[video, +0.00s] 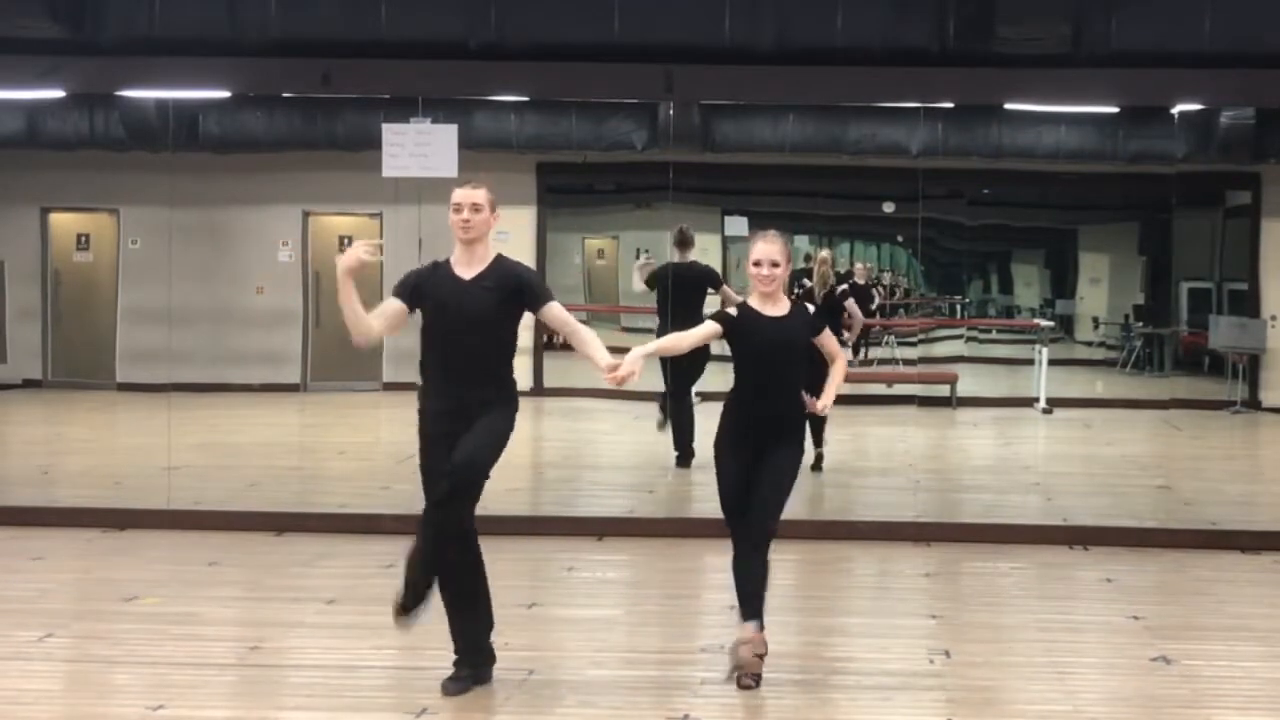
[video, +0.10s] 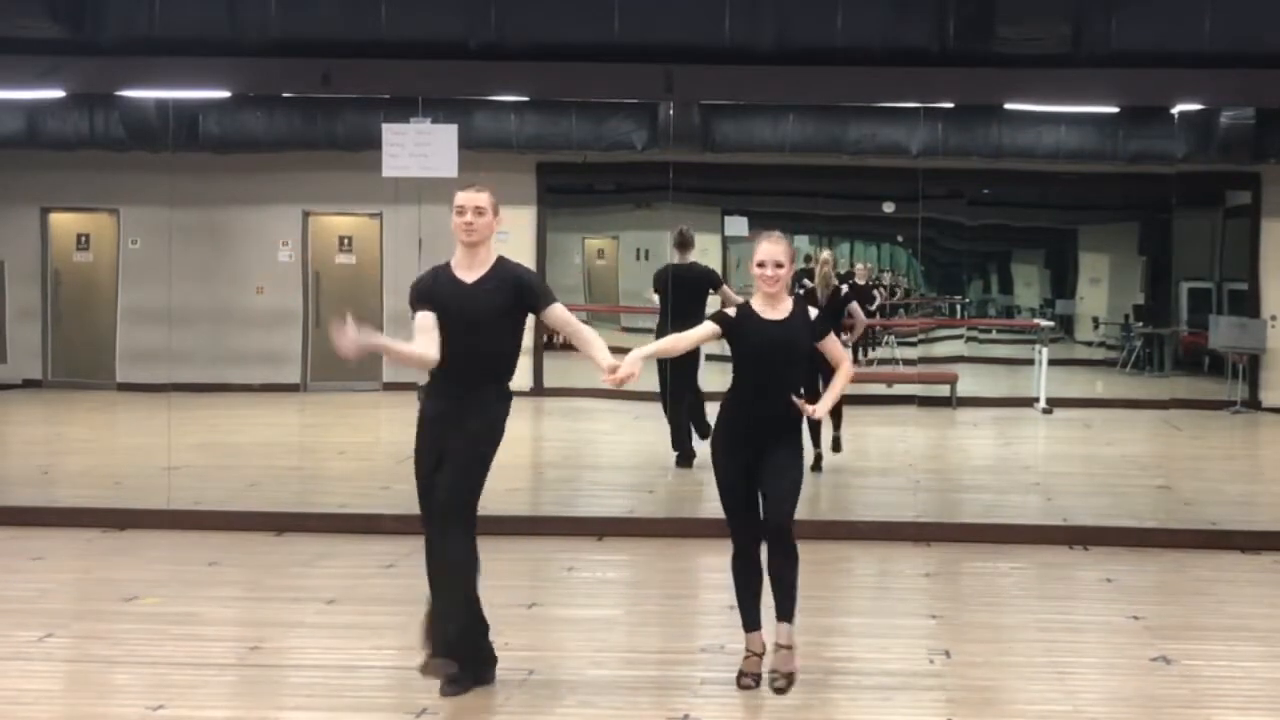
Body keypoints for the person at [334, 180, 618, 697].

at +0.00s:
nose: (464, 216)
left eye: (474, 208)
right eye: (457, 208)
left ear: (494, 218)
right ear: (447, 218)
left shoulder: (516, 277)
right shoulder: (426, 278)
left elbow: (572, 328)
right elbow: (366, 332)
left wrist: (605, 362)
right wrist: (344, 276)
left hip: (492, 408)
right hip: (438, 411)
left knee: (461, 476)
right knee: (450, 524)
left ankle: (418, 577)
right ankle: (474, 655)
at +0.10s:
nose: (469, 219)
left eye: (479, 212)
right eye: (461, 211)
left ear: (497, 221)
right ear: (450, 220)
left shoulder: (518, 280)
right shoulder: (431, 283)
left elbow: (575, 329)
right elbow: (426, 354)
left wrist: (606, 362)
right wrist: (374, 341)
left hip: (484, 410)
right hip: (436, 408)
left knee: (450, 514)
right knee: (439, 524)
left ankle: (449, 645)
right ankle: (472, 655)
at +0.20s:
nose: (471, 222)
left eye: (481, 214)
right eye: (464, 214)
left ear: (500, 223)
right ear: (454, 223)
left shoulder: (522, 286)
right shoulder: (434, 288)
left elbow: (571, 337)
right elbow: (425, 366)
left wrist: (604, 366)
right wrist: (394, 407)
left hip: (488, 426)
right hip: (440, 425)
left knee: (455, 543)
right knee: (435, 547)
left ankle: (525, 631)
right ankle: (476, 662)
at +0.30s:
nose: (474, 226)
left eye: (484, 218)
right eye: (466, 219)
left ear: (502, 227)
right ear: (456, 228)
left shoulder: (522, 294)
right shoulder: (434, 290)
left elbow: (571, 344)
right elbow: (391, 358)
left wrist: (607, 366)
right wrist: (341, 404)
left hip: (497, 440)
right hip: (439, 439)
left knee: (511, 552)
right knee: (438, 551)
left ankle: (498, 617)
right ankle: (475, 662)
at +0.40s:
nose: (477, 233)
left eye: (486, 225)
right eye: (469, 225)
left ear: (504, 234)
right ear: (459, 234)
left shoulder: (523, 300)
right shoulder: (433, 291)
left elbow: (574, 349)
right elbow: (358, 320)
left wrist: (615, 370)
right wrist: (291, 356)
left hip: (501, 435)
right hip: (451, 434)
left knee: (472, 537)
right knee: (449, 536)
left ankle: (473, 643)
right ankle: (474, 652)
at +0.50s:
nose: (478, 236)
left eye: (488, 227)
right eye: (470, 228)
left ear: (507, 234)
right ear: (459, 235)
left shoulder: (526, 299)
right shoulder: (437, 289)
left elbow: (579, 351)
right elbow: (354, 291)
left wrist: (625, 378)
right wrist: (276, 304)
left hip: (503, 437)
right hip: (454, 435)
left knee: (478, 537)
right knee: (472, 538)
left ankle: (462, 627)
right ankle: (456, 652)